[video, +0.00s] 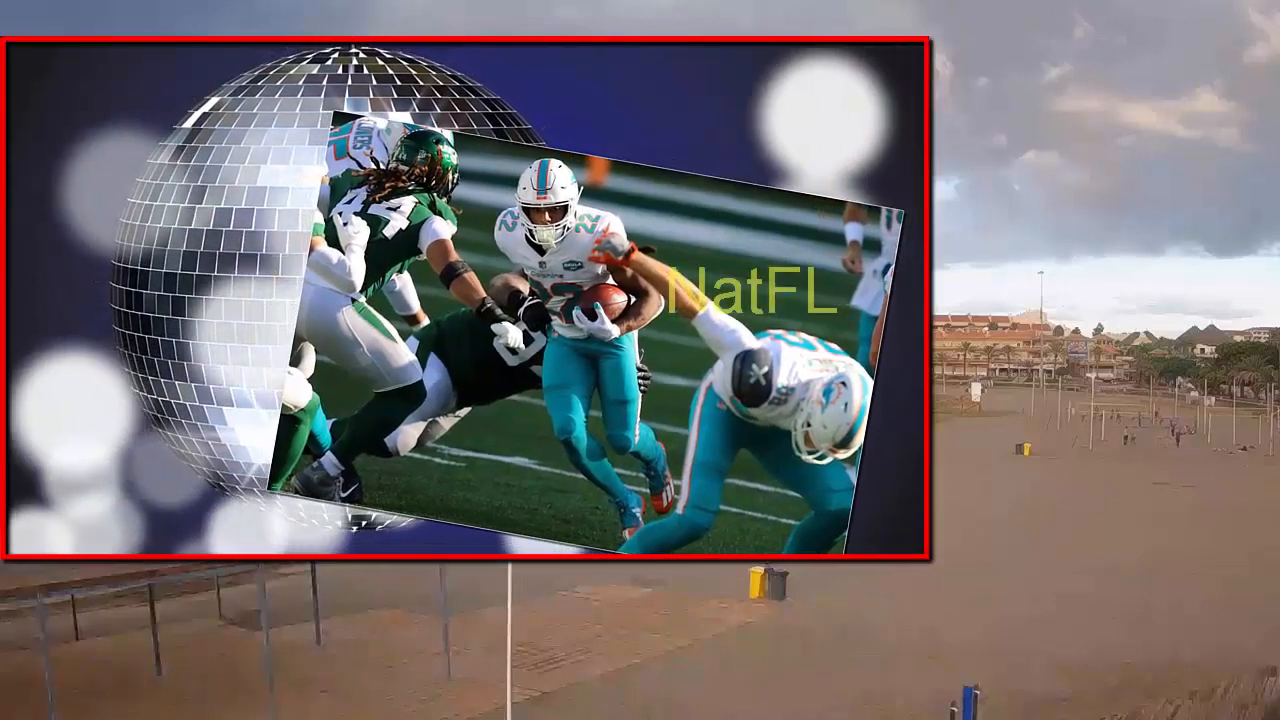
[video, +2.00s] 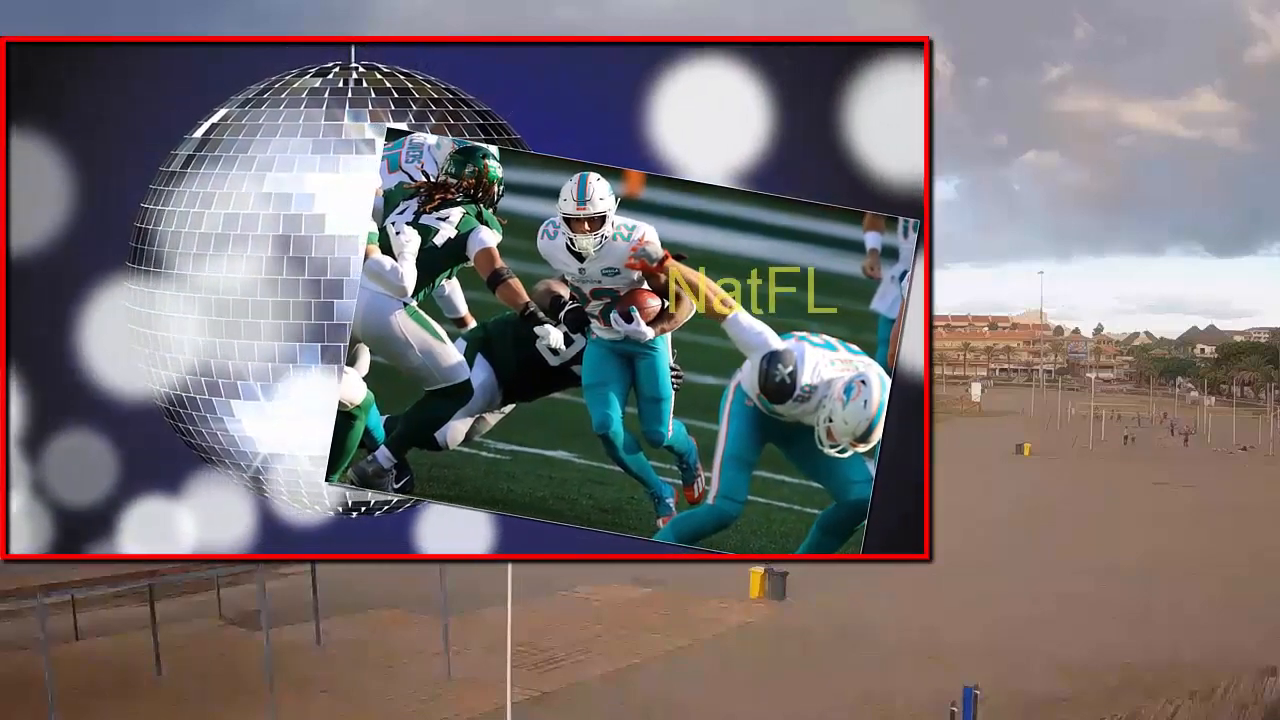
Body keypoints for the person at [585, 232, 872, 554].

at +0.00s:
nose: (818, 456)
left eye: (831, 453)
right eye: (813, 444)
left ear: (857, 429)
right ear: (805, 411)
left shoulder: (868, 416)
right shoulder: (758, 368)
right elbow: (692, 303)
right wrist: (631, 257)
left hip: (781, 425)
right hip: (726, 401)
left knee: (841, 504)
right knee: (696, 519)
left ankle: (779, 581)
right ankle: (615, 567)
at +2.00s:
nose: (837, 446)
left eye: (852, 445)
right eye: (836, 434)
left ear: (873, 429)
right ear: (828, 404)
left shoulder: (885, 411)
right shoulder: (786, 372)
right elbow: (722, 305)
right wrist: (666, 264)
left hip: (803, 421)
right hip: (752, 400)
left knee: (861, 498)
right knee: (726, 508)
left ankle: (800, 571)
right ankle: (649, 555)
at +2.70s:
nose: (845, 446)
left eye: (855, 442)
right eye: (843, 438)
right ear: (839, 408)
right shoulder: (799, 377)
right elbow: (733, 307)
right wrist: (675, 264)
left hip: (812, 418)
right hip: (762, 397)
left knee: (860, 497)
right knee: (735, 504)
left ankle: (805, 564)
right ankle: (660, 551)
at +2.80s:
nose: (781, 407)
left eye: (789, 405)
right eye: (777, 401)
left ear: (818, 395)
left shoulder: (842, 398)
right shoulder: (779, 351)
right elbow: (730, 304)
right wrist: (677, 264)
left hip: (811, 420)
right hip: (762, 397)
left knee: (851, 497)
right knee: (737, 504)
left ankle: (805, 562)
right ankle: (664, 548)